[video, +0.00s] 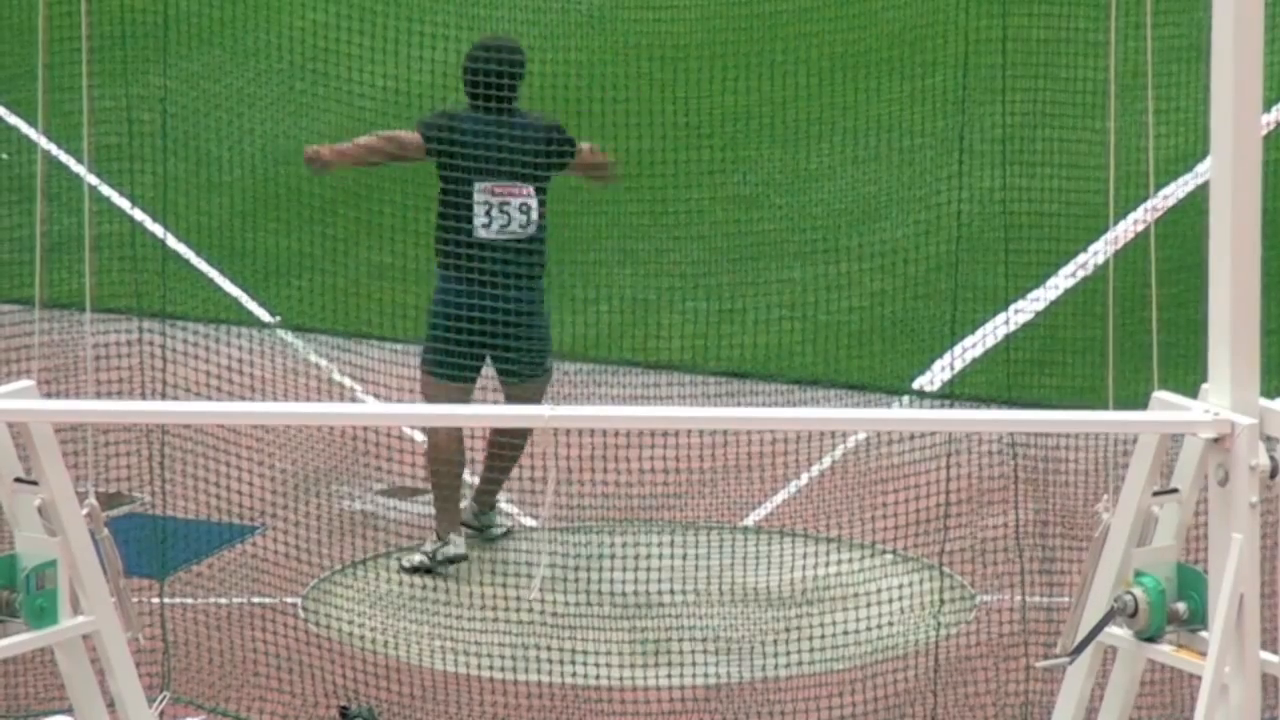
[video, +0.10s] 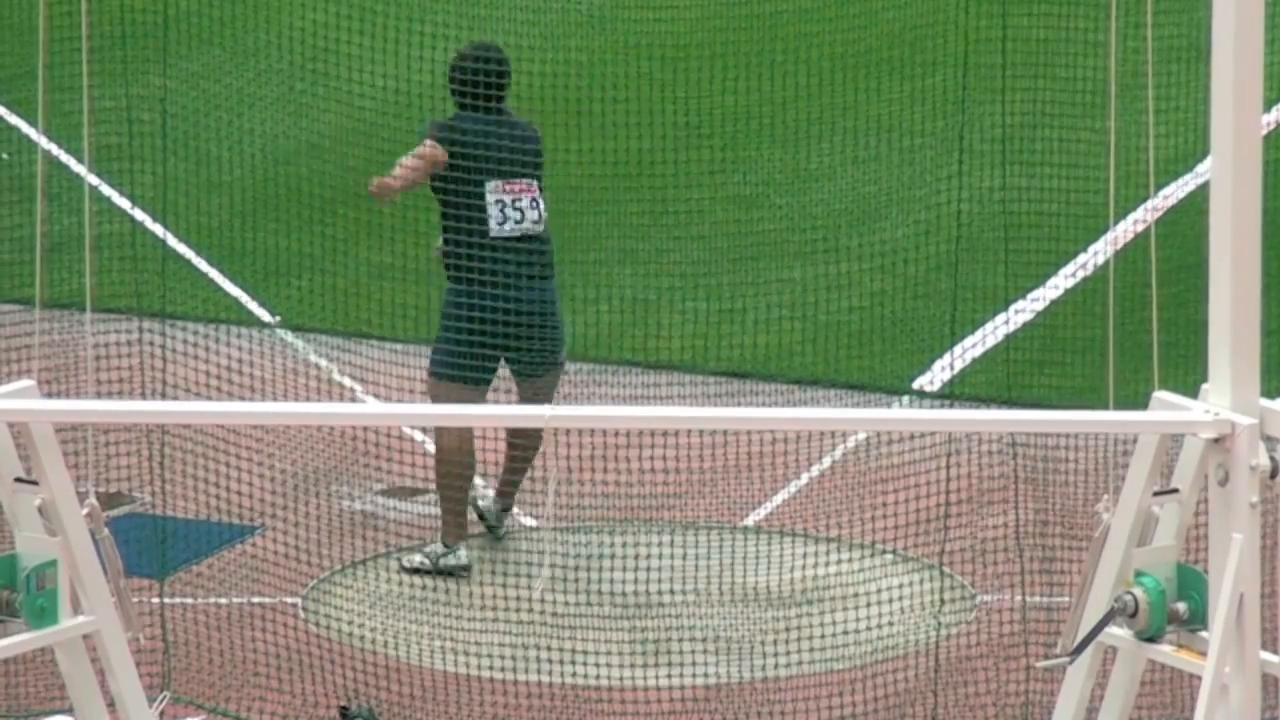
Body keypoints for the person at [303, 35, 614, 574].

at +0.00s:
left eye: (477, 76)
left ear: (469, 81)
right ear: (518, 83)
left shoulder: (451, 129)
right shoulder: (542, 135)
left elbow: (389, 146)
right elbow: (598, 166)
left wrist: (333, 154)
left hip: (458, 299)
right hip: (521, 302)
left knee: (443, 411)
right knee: (524, 404)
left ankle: (447, 537)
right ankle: (483, 506)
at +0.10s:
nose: (453, 91)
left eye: (454, 83)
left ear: (456, 86)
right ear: (504, 89)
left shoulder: (448, 135)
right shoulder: (528, 136)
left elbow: (396, 183)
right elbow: (516, 205)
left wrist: (383, 186)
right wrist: (461, 241)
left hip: (475, 303)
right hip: (537, 302)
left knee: (452, 415)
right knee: (537, 401)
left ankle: (451, 546)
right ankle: (500, 504)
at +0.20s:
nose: (458, 96)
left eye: (459, 86)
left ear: (460, 88)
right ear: (506, 90)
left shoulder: (462, 135)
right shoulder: (523, 135)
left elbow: (453, 189)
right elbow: (475, 199)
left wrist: (438, 241)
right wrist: (414, 224)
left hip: (484, 302)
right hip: (541, 299)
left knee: (460, 415)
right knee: (551, 392)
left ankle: (454, 547)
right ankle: (536, 497)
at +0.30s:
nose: (465, 89)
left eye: (468, 82)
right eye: (472, 80)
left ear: (472, 86)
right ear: (515, 86)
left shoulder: (478, 137)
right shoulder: (531, 134)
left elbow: (483, 211)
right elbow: (511, 200)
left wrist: (478, 289)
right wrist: (445, 197)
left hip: (497, 299)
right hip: (545, 297)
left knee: (467, 415)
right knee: (541, 396)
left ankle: (455, 547)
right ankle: (580, 509)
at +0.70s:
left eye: (528, 68)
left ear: (524, 74)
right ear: (573, 75)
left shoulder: (516, 138)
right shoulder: (595, 131)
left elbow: (496, 222)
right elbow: (607, 199)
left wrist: (465, 287)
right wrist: (619, 240)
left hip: (526, 294)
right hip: (585, 293)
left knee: (485, 393)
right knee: (568, 399)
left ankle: (510, 523)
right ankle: (587, 522)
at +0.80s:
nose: (544, 77)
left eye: (539, 67)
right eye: (554, 67)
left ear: (532, 74)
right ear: (581, 73)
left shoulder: (517, 135)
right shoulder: (604, 129)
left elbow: (486, 214)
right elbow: (650, 182)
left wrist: (455, 277)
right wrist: (687, 221)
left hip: (526, 293)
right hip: (587, 293)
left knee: (502, 401)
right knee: (575, 402)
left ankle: (520, 528)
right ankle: (586, 522)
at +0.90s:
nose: (558, 76)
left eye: (546, 65)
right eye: (566, 65)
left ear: (536, 71)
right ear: (587, 72)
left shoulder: (514, 132)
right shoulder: (612, 128)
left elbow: (483, 204)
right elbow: (673, 170)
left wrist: (450, 268)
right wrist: (721, 207)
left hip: (529, 290)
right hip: (590, 290)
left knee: (505, 404)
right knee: (577, 403)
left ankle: (519, 527)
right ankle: (587, 523)